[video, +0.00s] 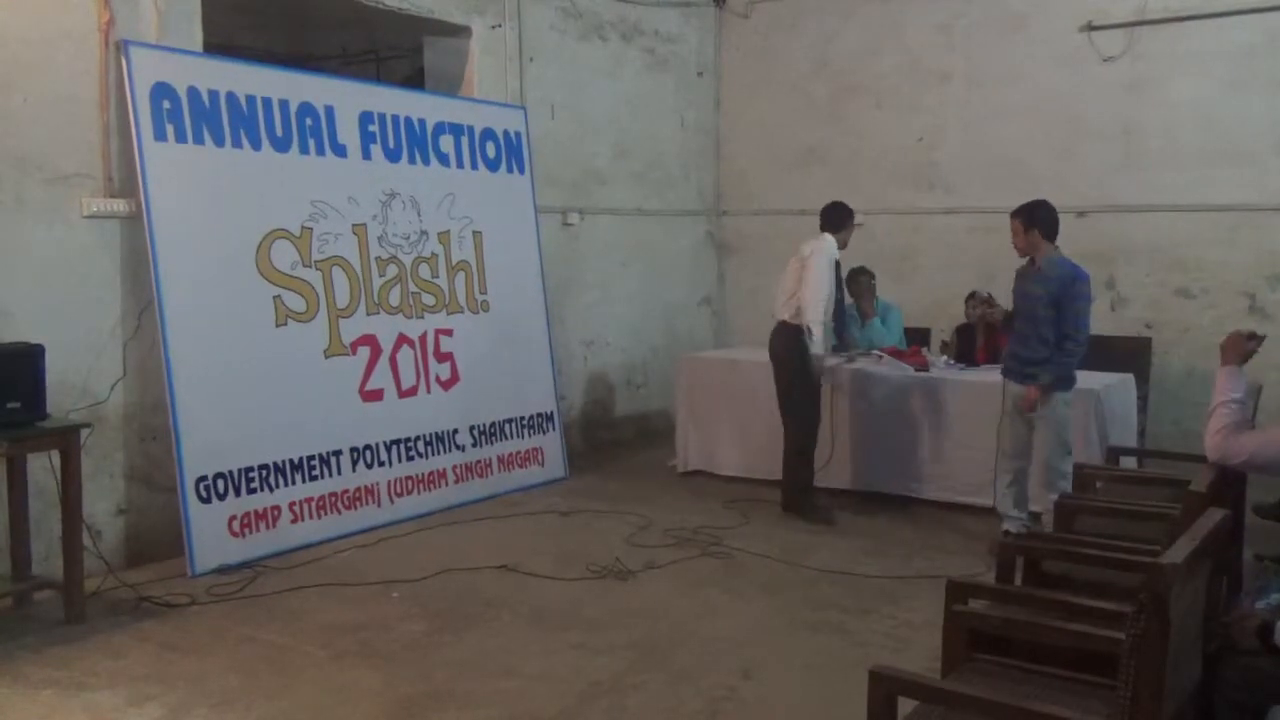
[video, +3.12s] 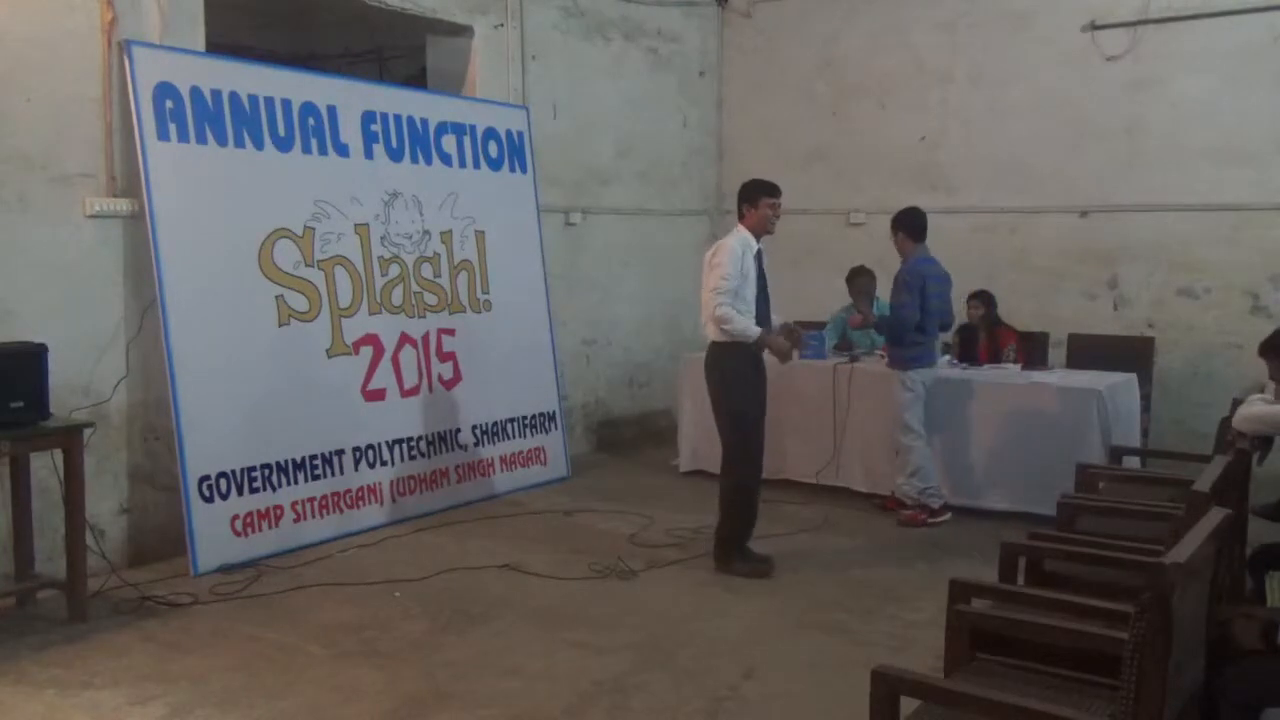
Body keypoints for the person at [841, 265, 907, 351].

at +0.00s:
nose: (863, 290)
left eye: (867, 285)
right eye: (858, 286)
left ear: (874, 288)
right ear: (850, 292)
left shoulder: (891, 311)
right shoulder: (846, 312)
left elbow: (889, 347)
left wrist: (870, 315)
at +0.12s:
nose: (864, 290)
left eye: (868, 285)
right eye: (858, 285)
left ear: (874, 287)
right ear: (851, 292)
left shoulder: (891, 311)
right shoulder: (845, 314)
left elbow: (889, 345)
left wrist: (870, 314)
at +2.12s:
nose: (864, 290)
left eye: (868, 285)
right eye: (858, 286)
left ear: (873, 287)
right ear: (850, 292)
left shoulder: (890, 312)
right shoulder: (843, 315)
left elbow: (902, 346)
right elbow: (824, 341)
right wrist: (836, 345)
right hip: (851, 369)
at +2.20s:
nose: (866, 291)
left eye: (869, 285)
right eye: (859, 286)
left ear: (875, 288)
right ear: (850, 292)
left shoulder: (888, 314)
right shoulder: (843, 314)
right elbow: (826, 340)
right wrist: (836, 345)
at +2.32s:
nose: (865, 290)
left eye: (869, 285)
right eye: (859, 286)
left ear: (875, 287)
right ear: (850, 292)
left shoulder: (891, 309)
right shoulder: (844, 314)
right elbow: (827, 339)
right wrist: (837, 345)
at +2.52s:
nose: (864, 293)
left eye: (868, 287)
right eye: (859, 289)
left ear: (874, 288)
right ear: (850, 292)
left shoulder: (890, 310)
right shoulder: (843, 315)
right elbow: (826, 341)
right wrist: (837, 346)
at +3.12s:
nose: (864, 296)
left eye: (868, 292)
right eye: (859, 293)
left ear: (875, 290)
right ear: (850, 293)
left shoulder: (886, 311)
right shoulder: (842, 316)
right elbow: (827, 337)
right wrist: (836, 345)